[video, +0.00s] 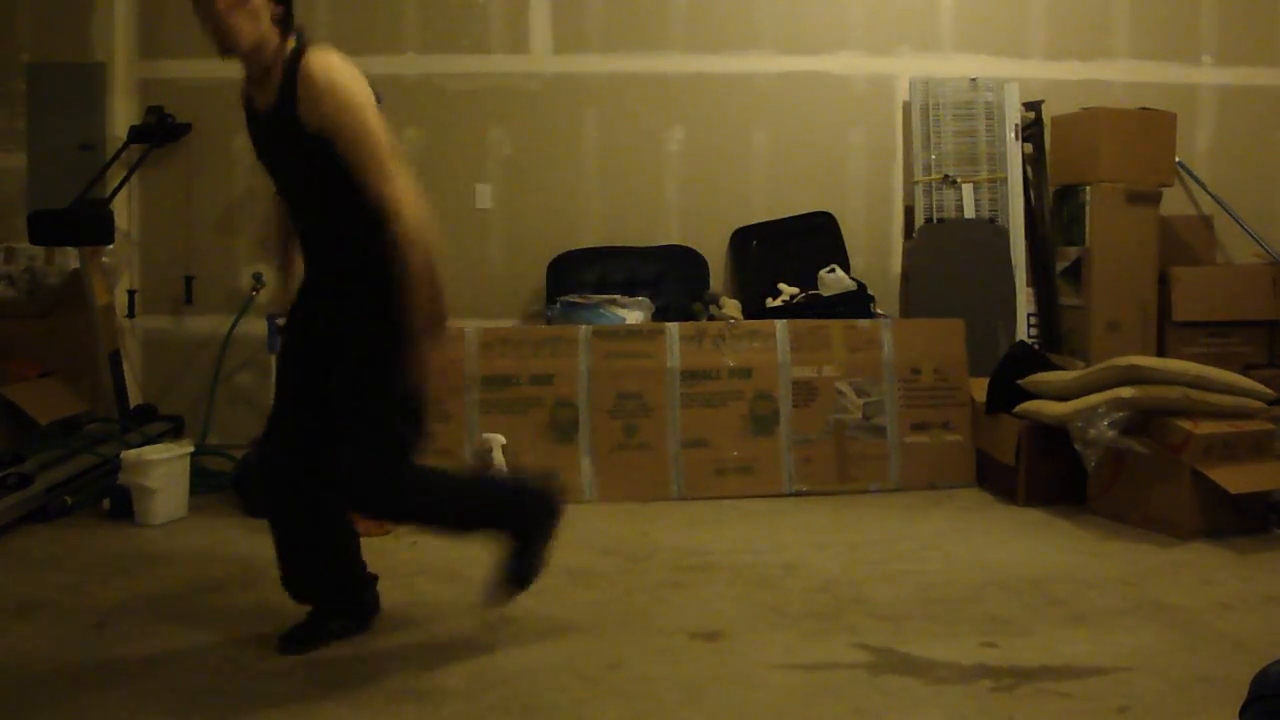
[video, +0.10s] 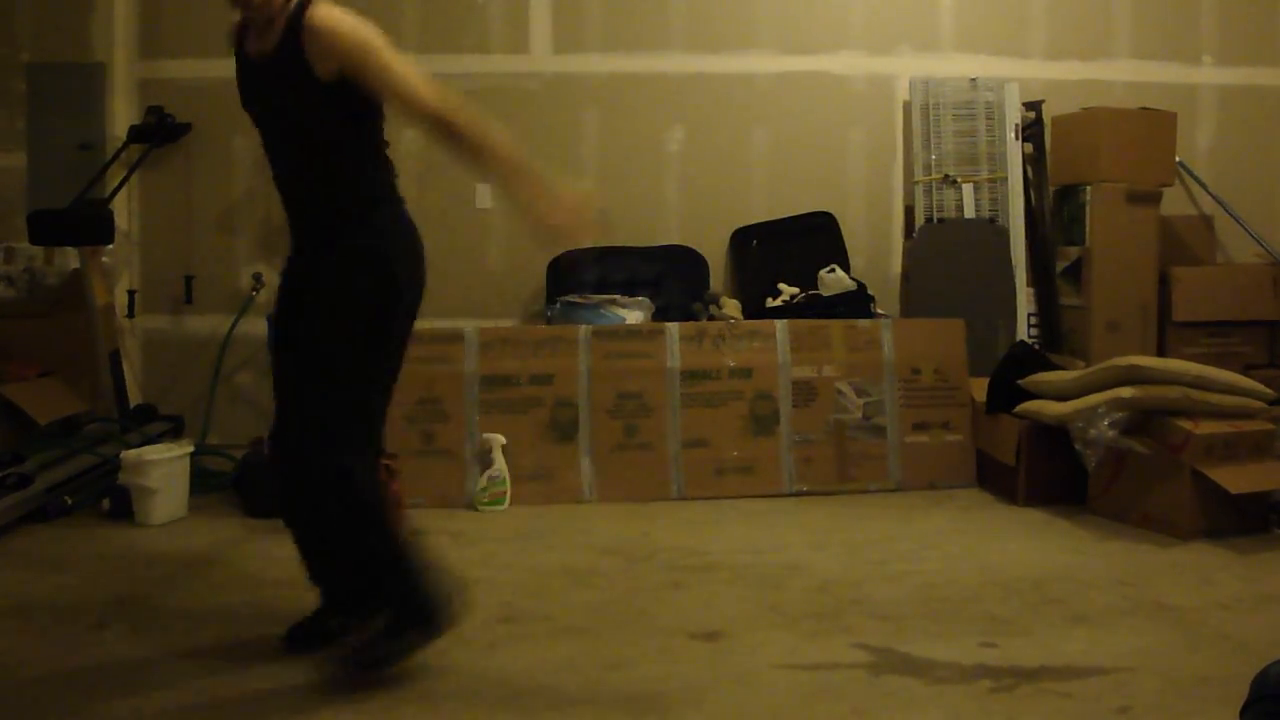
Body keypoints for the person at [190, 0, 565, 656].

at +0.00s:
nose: (216, 22)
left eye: (227, 7)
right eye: (209, 11)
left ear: (269, 8)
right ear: (213, 20)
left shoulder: (324, 75)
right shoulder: (255, 89)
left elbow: (404, 205)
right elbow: (291, 194)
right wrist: (286, 287)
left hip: (379, 291)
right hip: (323, 296)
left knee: (363, 474)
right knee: (293, 460)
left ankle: (522, 509)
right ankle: (342, 600)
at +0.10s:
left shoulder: (328, 29)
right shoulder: (247, 37)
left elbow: (439, 110)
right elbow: (300, 152)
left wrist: (540, 194)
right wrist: (304, 247)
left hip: (373, 258)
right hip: (316, 261)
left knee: (339, 445)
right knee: (298, 445)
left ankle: (407, 602)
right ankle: (348, 597)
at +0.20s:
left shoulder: (344, 17)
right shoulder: (257, 23)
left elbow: (471, 60)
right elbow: (289, 153)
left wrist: (595, 96)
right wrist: (276, 261)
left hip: (343, 275)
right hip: (293, 273)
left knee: (276, 450)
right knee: (284, 447)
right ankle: (421, 557)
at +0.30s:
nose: (288, 8)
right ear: (280, 3)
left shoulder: (373, 54)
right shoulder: (286, 49)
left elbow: (501, 74)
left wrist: (621, 68)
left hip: (314, 320)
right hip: (267, 314)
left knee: (206, 479)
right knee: (255, 485)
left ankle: (220, 663)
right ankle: (457, 528)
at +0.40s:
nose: (326, 8)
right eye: (319, 1)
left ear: (369, 2)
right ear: (310, 5)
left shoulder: (400, 64)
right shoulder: (307, 56)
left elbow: (508, 117)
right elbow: (282, 150)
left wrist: (625, 154)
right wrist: (274, 228)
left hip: (338, 311)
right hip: (297, 305)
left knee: (225, 476)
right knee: (293, 492)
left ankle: (219, 665)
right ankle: (477, 544)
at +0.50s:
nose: (360, 5)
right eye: (351, 0)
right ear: (344, 3)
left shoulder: (433, 49)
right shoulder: (339, 56)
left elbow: (517, 160)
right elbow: (315, 155)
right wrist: (273, 244)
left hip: (409, 285)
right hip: (352, 284)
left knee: (288, 460)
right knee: (352, 464)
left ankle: (243, 647)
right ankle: (473, 592)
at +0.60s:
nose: (381, 7)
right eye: (374, 1)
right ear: (372, 10)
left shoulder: (479, 71)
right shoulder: (381, 78)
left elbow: (544, 189)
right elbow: (369, 179)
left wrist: (446, 246)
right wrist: (329, 248)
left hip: (465, 291)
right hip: (404, 287)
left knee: (351, 437)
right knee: (402, 451)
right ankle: (498, 614)